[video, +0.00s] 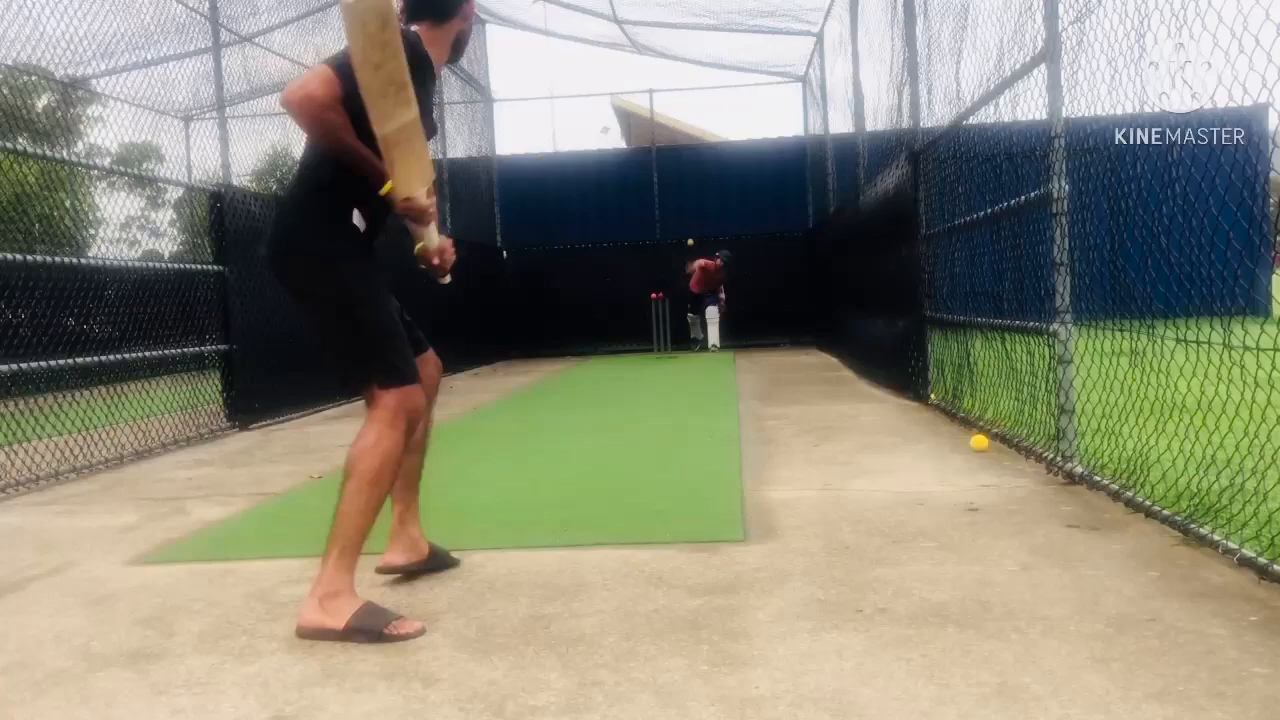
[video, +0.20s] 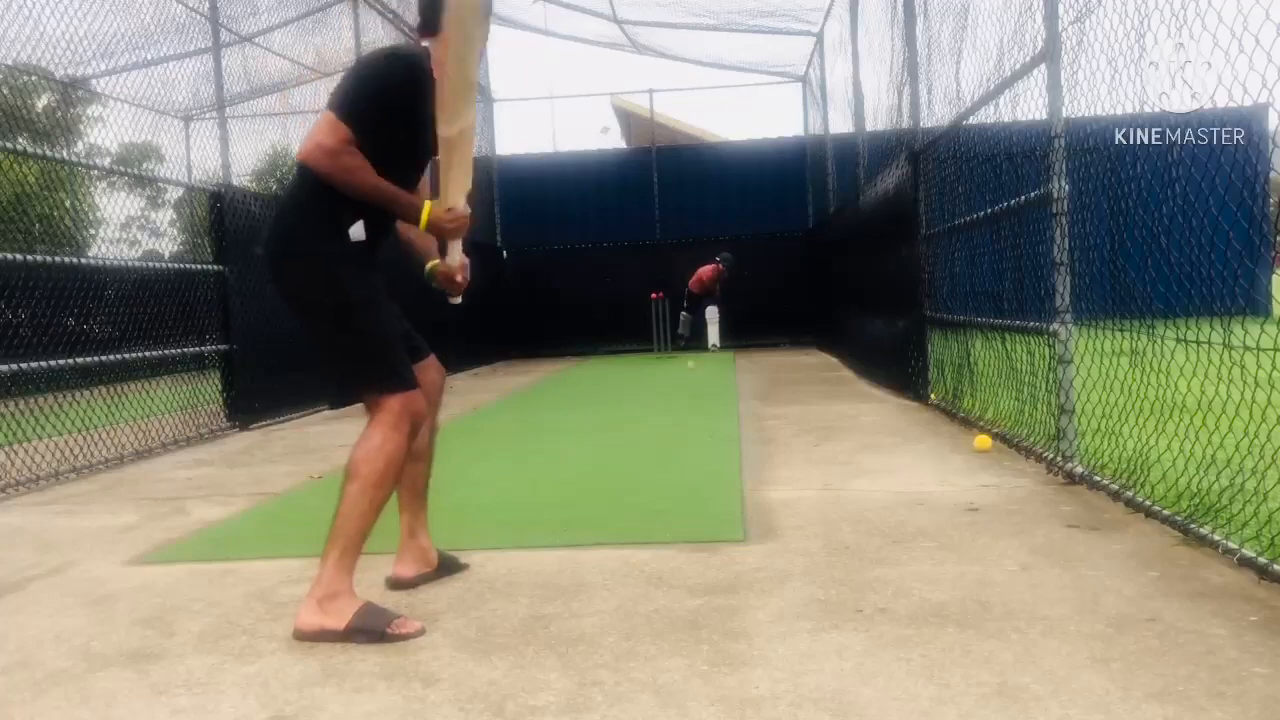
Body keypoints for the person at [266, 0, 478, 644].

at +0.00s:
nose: (477, 19)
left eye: (475, 12)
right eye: (475, 12)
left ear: (420, 11)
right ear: (465, 14)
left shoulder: (417, 73)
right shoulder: (397, 48)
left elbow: (395, 172)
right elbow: (305, 96)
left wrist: (424, 234)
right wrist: (386, 181)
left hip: (347, 246)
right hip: (319, 244)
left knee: (424, 372)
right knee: (397, 399)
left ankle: (407, 540)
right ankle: (329, 597)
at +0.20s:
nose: (483, 47)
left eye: (482, 36)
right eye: (479, 32)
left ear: (435, 29)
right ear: (452, 29)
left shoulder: (425, 95)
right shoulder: (399, 67)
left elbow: (391, 208)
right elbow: (321, 149)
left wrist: (435, 257)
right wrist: (421, 210)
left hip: (346, 256)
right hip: (310, 256)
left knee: (428, 377)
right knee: (398, 406)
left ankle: (415, 552)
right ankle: (327, 598)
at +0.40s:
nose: (478, 46)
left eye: (479, 34)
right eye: (476, 31)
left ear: (433, 29)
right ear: (453, 28)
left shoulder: (437, 103)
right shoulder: (378, 62)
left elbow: (436, 200)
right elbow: (334, 154)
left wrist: (471, 217)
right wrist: (451, 152)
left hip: (358, 260)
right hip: (319, 261)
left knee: (435, 380)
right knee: (405, 414)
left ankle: (416, 549)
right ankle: (326, 596)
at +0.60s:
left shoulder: (331, 7)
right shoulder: (419, 19)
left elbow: (370, 85)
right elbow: (466, 129)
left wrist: (458, 77)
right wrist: (499, 90)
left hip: (303, 209)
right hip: (362, 219)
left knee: (388, 391)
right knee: (391, 400)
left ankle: (412, 542)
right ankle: (327, 595)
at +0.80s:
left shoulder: (349, 17)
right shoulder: (445, 17)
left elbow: (325, 52)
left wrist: (233, 26)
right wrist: (242, 29)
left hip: (318, 203)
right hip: (399, 208)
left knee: (371, 378)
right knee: (365, 391)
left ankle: (391, 535)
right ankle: (324, 597)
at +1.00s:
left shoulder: (348, 11)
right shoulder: (420, 13)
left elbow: (282, 3)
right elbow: (284, 4)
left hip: (300, 214)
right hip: (381, 218)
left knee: (354, 387)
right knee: (357, 400)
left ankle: (395, 533)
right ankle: (324, 597)